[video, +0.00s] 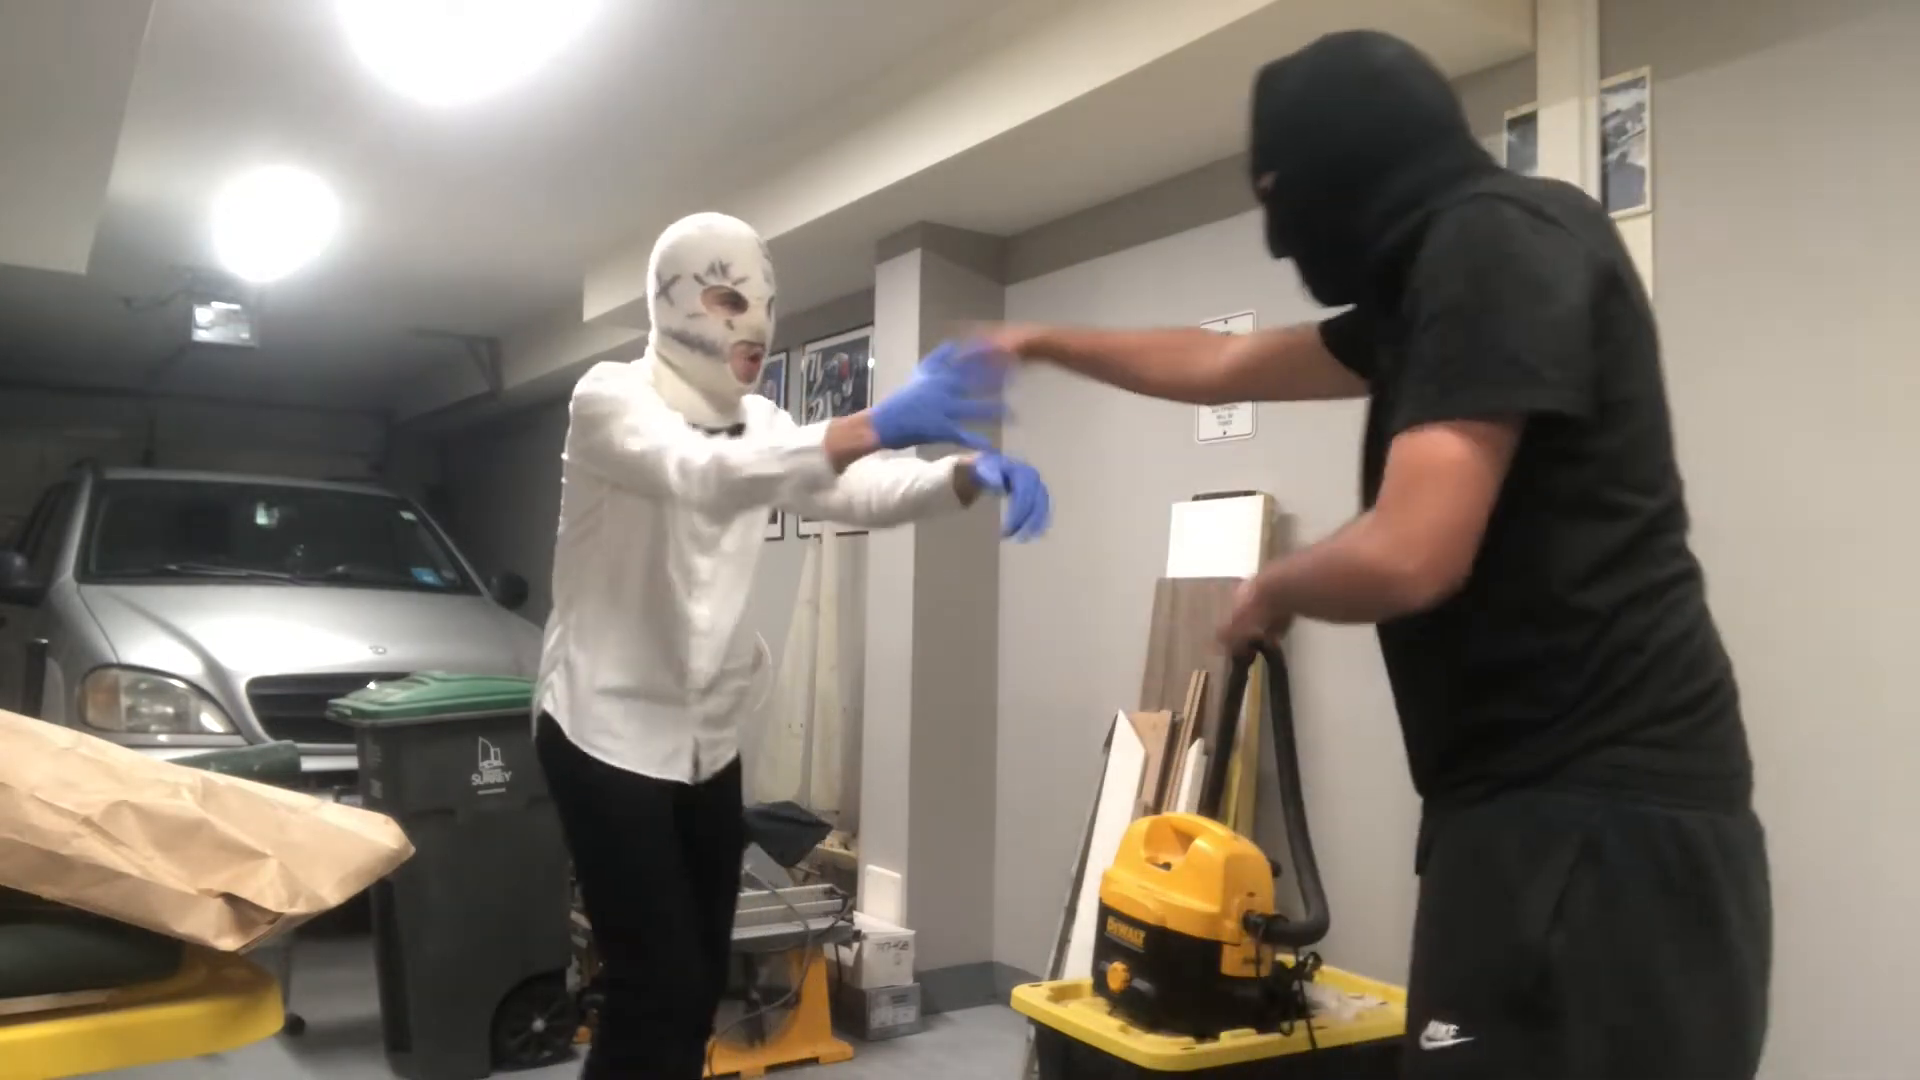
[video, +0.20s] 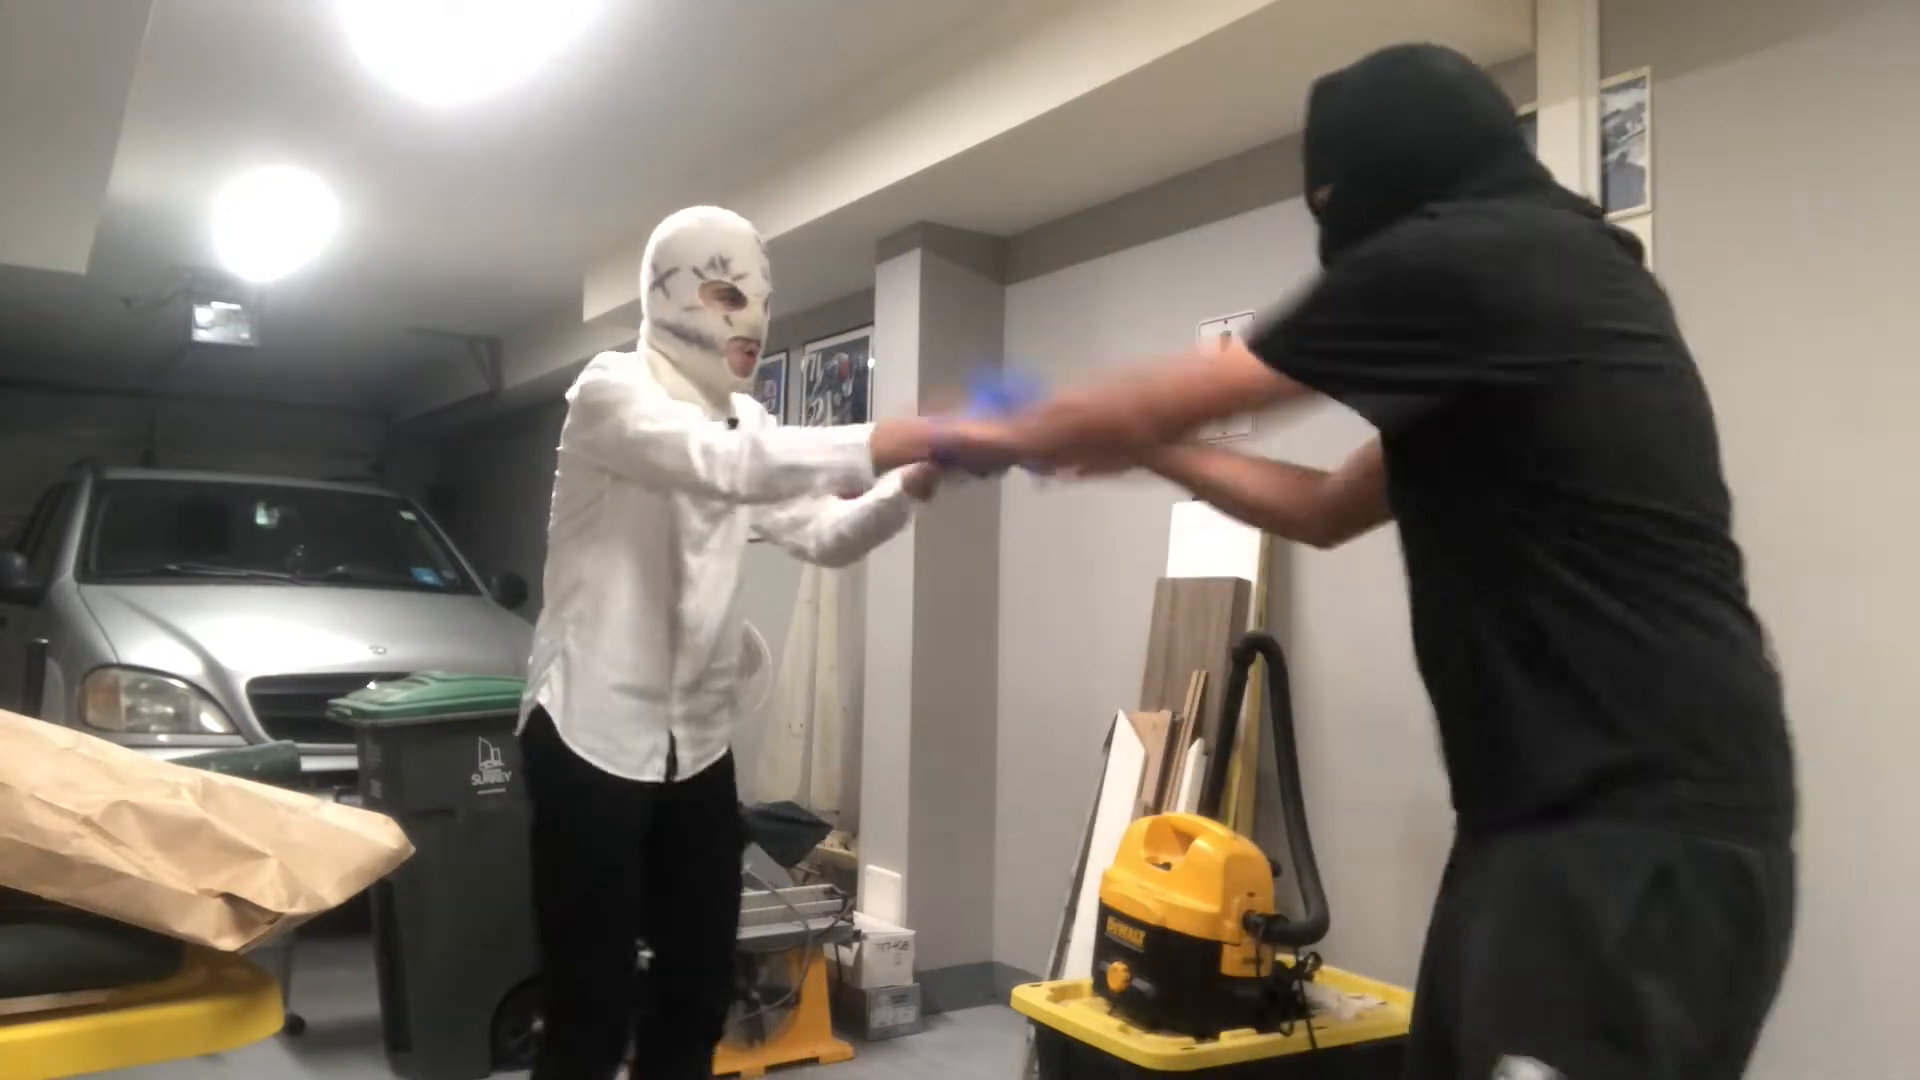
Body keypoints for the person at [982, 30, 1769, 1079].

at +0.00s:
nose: (1276, 233)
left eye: (1276, 194)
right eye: (1267, 202)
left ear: (1339, 164)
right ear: (1361, 165)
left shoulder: (1497, 240)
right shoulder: (1438, 281)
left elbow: (1408, 556)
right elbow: (1232, 360)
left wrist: (1277, 585)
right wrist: (1036, 341)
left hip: (1595, 841)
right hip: (1519, 831)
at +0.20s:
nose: (1323, 218)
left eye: (1329, 190)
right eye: (1322, 193)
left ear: (1384, 167)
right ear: (1464, 151)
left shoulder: (1468, 255)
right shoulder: (1561, 283)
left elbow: (1147, 410)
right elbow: (1323, 507)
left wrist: (993, 436)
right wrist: (1148, 447)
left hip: (1621, 836)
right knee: (1453, 1053)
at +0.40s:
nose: (1317, 239)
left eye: (1320, 210)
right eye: (1313, 216)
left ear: (1367, 185)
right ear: (1465, 162)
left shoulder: (1432, 261)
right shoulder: (1578, 272)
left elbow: (1152, 412)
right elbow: (1350, 505)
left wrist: (1003, 424)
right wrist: (1163, 466)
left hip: (1649, 822)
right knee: (1472, 1061)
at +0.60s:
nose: (1310, 279)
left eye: (1309, 256)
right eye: (1305, 259)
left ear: (1351, 232)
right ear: (1458, 197)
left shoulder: (1415, 313)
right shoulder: (1593, 303)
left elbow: (1130, 482)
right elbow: (1364, 487)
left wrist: (1072, 450)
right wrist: (1166, 438)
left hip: (1612, 853)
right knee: (1454, 1067)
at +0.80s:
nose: (1316, 260)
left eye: (1317, 229)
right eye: (1310, 235)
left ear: (1365, 207)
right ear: (1449, 181)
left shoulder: (1434, 307)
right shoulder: (1547, 292)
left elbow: (1199, 533)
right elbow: (1326, 516)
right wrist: (1152, 476)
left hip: (1571, 828)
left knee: (1506, 1060)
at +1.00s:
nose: (1338, 254)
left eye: (1337, 227)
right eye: (1333, 232)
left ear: (1376, 199)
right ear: (1486, 178)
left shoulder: (1408, 294)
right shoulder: (1617, 302)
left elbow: (1158, 474)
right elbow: (1446, 577)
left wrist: (1013, 485)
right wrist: (1287, 473)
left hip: (1533, 831)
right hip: (1674, 810)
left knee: (1485, 1059)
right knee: (1634, 1061)